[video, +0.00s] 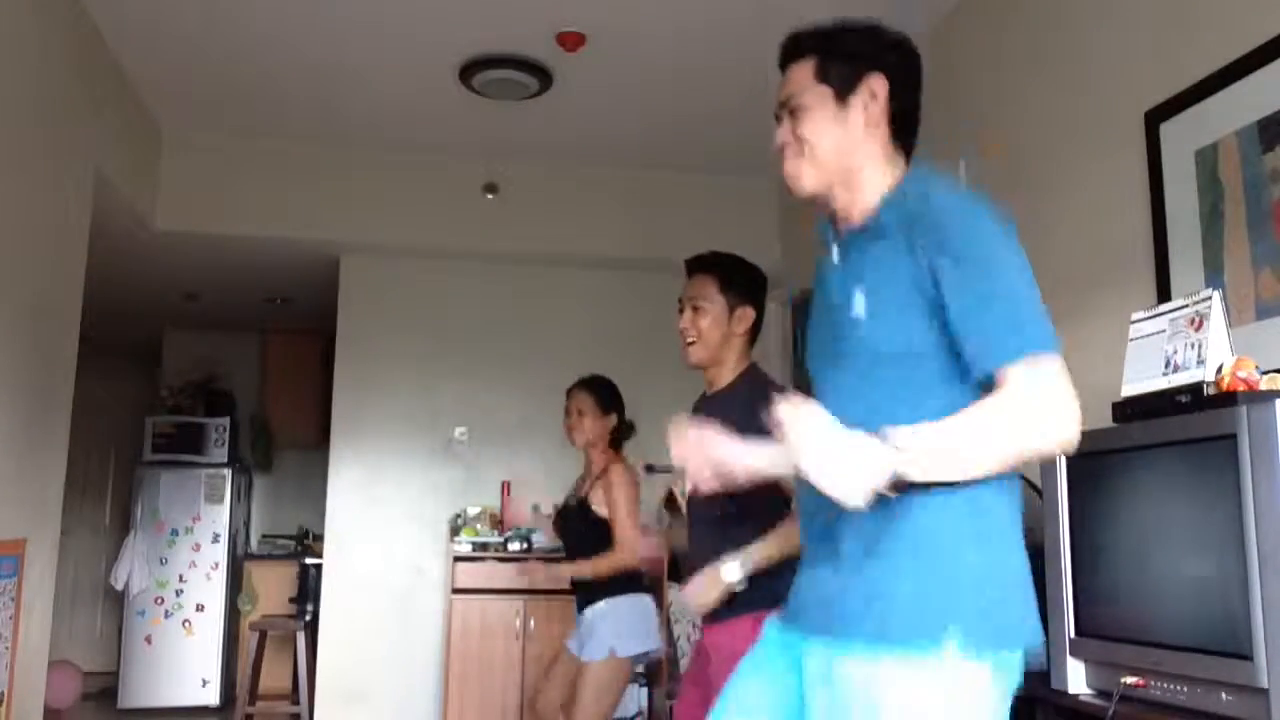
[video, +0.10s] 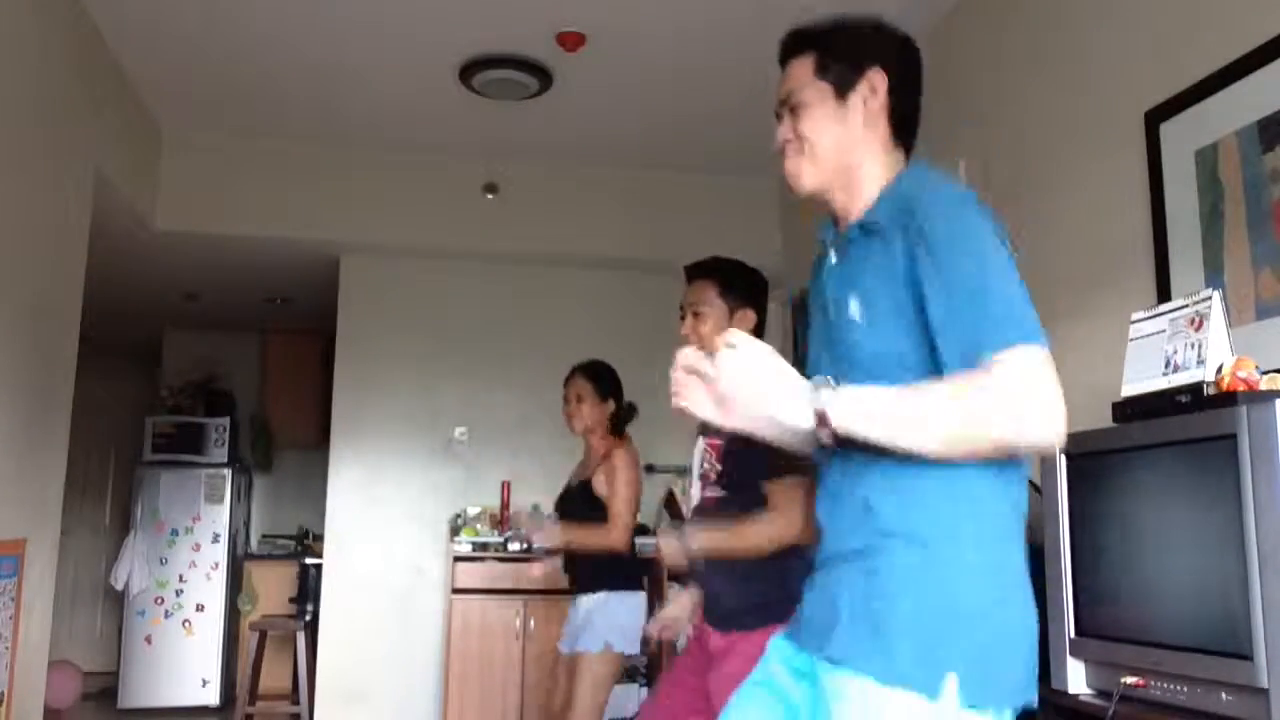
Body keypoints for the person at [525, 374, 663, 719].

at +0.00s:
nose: (571, 423)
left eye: (581, 413)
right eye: (568, 413)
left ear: (610, 421)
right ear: (565, 418)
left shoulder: (617, 473)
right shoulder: (588, 476)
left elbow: (628, 556)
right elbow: (592, 546)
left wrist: (559, 572)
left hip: (619, 613)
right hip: (592, 613)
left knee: (587, 713)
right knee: (546, 705)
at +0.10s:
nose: (571, 410)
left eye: (580, 400)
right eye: (568, 401)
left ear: (609, 405)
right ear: (564, 405)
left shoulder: (620, 456)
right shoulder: (590, 456)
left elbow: (620, 538)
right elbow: (585, 524)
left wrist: (558, 534)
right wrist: (540, 528)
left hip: (614, 596)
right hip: (587, 593)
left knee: (584, 712)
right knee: (561, 707)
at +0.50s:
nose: (576, 410)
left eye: (588, 401)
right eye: (574, 401)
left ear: (616, 409)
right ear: (570, 405)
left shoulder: (618, 455)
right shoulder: (595, 457)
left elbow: (620, 536)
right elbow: (591, 531)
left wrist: (550, 546)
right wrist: (537, 537)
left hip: (615, 599)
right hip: (597, 597)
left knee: (581, 711)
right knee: (573, 709)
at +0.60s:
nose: (576, 390)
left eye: (587, 380)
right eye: (573, 381)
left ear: (615, 388)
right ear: (572, 387)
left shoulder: (618, 431)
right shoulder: (596, 436)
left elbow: (605, 495)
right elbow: (597, 513)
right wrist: (560, 548)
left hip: (620, 583)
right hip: (592, 582)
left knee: (593, 700)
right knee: (572, 692)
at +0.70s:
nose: (579, 395)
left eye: (589, 385)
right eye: (576, 386)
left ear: (617, 391)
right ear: (572, 392)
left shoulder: (617, 435)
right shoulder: (596, 441)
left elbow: (618, 505)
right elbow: (599, 503)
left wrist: (550, 508)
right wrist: (556, 499)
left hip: (623, 583)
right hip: (595, 581)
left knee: (604, 704)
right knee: (569, 676)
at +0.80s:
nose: (579, 414)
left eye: (590, 403)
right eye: (577, 405)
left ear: (619, 411)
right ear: (573, 411)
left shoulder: (618, 464)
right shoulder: (600, 465)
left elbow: (632, 543)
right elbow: (580, 535)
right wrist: (551, 495)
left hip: (627, 605)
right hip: (608, 602)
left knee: (596, 711)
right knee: (563, 678)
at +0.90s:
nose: (580, 414)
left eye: (591, 405)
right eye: (577, 405)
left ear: (618, 413)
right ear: (573, 409)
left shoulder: (623, 465)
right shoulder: (595, 465)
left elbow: (628, 550)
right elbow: (592, 539)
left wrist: (565, 561)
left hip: (615, 603)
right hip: (591, 600)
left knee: (593, 711)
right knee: (575, 708)